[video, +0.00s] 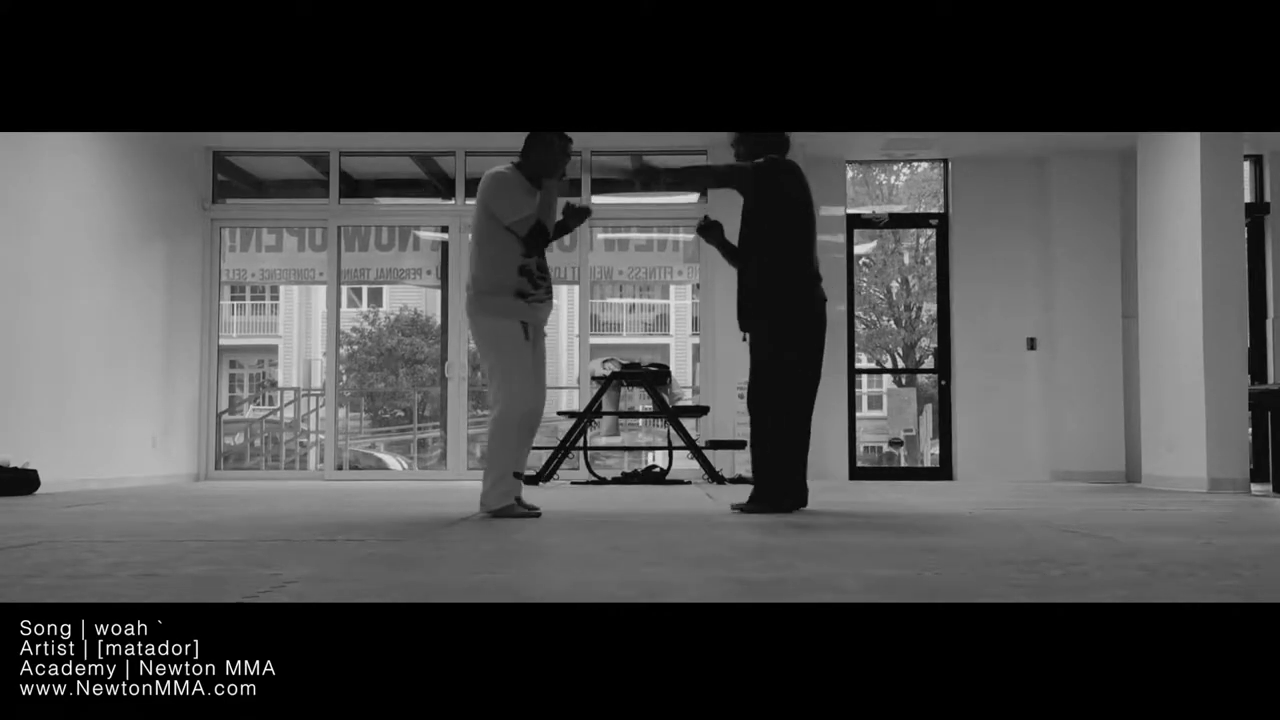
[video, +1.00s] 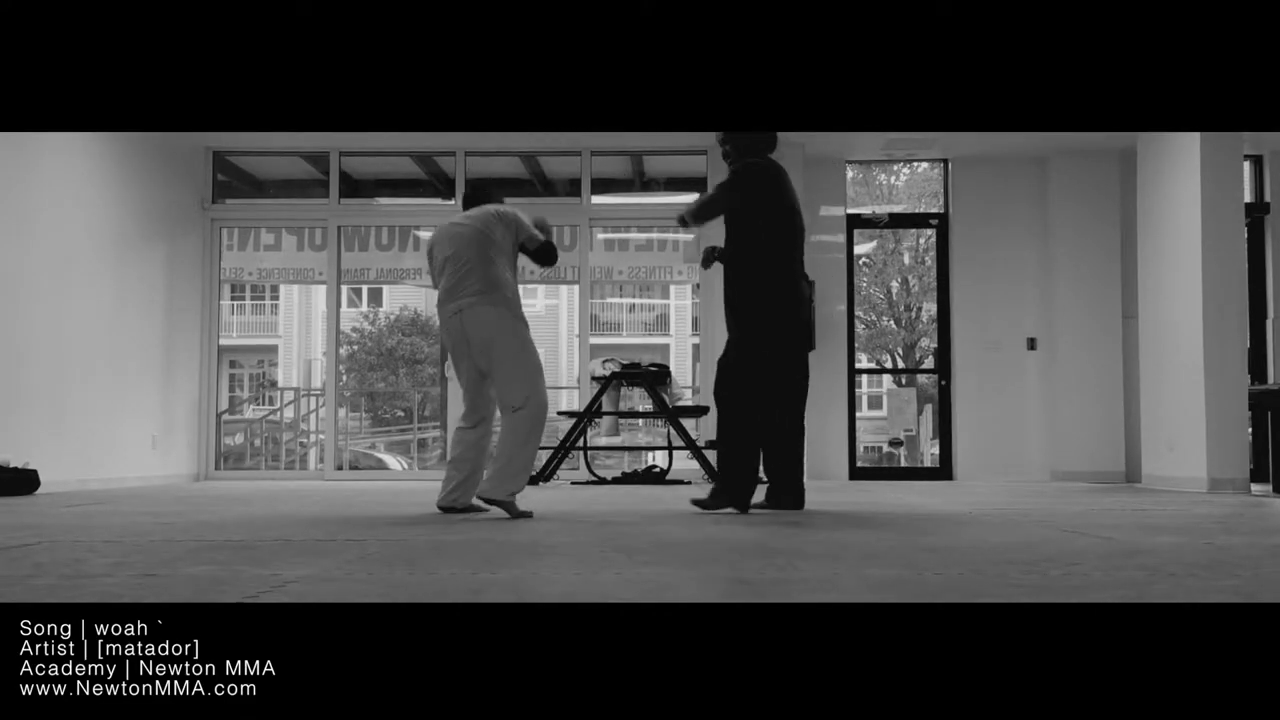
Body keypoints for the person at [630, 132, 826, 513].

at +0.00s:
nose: (735, 148)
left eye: (739, 141)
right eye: (735, 142)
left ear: (755, 143)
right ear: (774, 143)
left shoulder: (770, 174)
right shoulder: (782, 182)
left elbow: (712, 176)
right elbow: (754, 265)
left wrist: (659, 175)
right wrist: (720, 241)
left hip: (783, 313)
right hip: (792, 312)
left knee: (771, 402)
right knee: (783, 403)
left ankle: (775, 495)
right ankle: (784, 493)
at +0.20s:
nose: (735, 160)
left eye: (737, 150)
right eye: (733, 154)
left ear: (752, 146)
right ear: (773, 144)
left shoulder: (773, 174)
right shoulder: (771, 182)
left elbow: (725, 145)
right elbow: (753, 266)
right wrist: (713, 249)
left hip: (783, 312)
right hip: (781, 311)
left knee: (772, 402)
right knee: (779, 403)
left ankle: (774, 495)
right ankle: (784, 493)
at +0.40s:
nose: (727, 156)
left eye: (730, 148)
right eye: (727, 149)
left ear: (745, 146)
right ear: (766, 146)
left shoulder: (768, 173)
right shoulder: (771, 183)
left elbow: (716, 162)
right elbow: (753, 266)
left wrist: (694, 131)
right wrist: (715, 248)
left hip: (787, 311)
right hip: (787, 310)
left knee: (776, 401)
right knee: (784, 401)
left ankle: (777, 495)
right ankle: (786, 494)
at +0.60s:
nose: (730, 153)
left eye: (733, 145)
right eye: (730, 146)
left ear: (747, 145)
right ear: (768, 146)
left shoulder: (759, 176)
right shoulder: (779, 181)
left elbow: (695, 188)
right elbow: (768, 257)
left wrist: (632, 187)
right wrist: (725, 249)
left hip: (777, 313)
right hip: (794, 310)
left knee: (770, 401)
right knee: (786, 401)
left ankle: (775, 496)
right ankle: (787, 494)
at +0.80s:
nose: (729, 152)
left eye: (732, 144)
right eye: (728, 146)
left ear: (748, 143)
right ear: (768, 145)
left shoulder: (755, 176)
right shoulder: (783, 181)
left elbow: (714, 218)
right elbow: (772, 253)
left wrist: (663, 239)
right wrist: (729, 251)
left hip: (767, 315)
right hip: (795, 312)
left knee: (736, 386)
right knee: (784, 398)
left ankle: (759, 490)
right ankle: (785, 493)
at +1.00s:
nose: (723, 151)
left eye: (726, 143)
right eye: (722, 145)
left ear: (743, 143)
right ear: (762, 145)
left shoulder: (747, 175)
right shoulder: (776, 180)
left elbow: (707, 208)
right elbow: (765, 258)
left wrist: (688, 217)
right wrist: (720, 254)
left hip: (760, 320)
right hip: (787, 317)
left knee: (731, 392)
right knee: (782, 404)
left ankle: (733, 488)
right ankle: (786, 492)